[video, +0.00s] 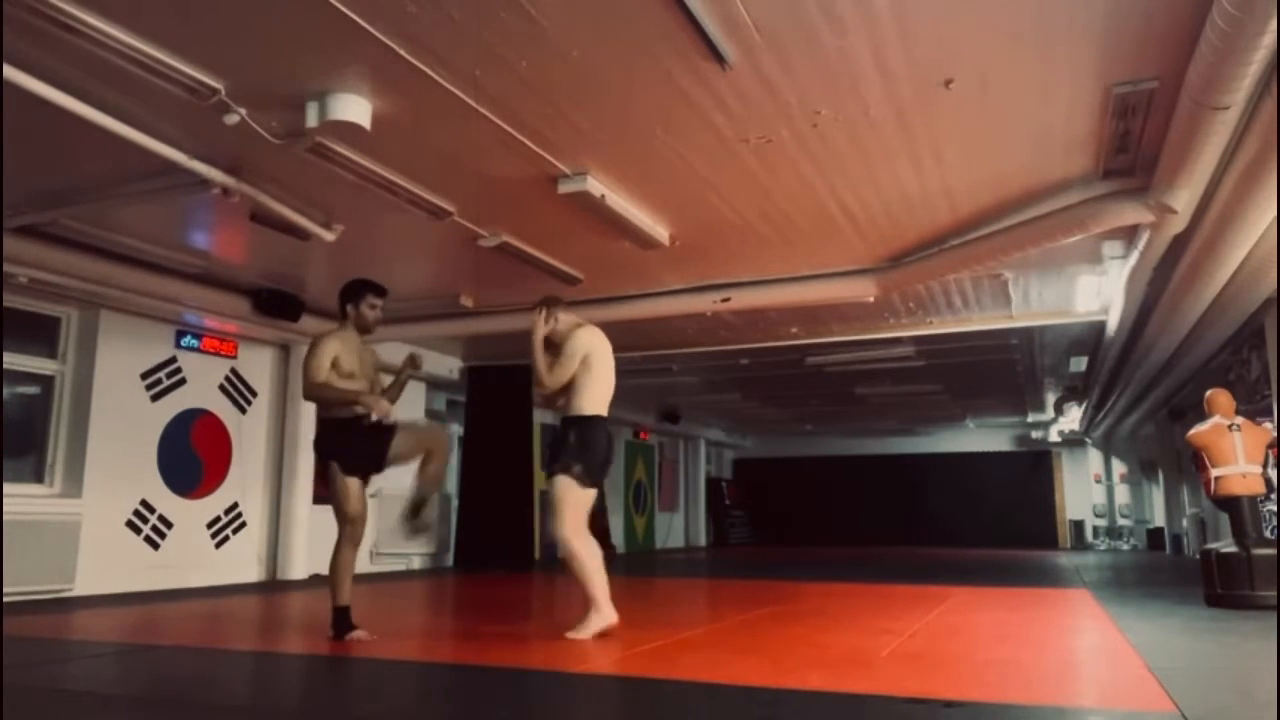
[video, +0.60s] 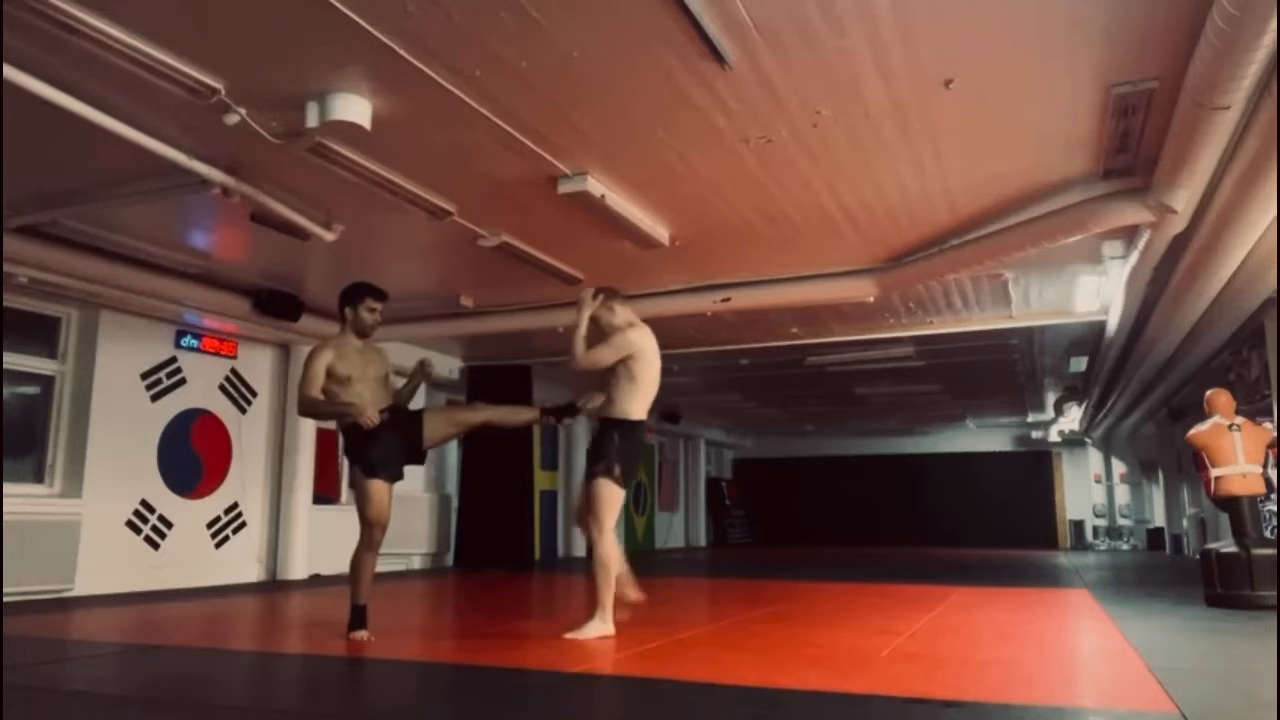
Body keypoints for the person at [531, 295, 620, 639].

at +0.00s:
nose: (546, 336)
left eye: (545, 330)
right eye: (544, 330)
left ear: (554, 318)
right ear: (562, 314)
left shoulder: (581, 336)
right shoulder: (592, 339)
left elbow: (548, 382)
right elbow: (560, 397)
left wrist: (537, 339)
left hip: (582, 433)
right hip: (591, 433)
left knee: (568, 528)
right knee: (576, 529)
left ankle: (602, 609)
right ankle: (602, 608)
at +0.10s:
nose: (547, 335)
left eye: (545, 329)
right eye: (545, 330)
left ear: (554, 317)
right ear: (562, 313)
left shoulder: (581, 333)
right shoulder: (593, 337)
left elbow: (548, 381)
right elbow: (566, 397)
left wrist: (536, 340)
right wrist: (541, 394)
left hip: (590, 432)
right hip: (589, 431)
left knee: (590, 530)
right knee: (548, 497)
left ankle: (607, 618)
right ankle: (575, 573)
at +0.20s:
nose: (550, 335)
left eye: (548, 328)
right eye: (547, 329)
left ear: (556, 317)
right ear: (564, 312)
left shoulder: (585, 333)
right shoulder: (595, 335)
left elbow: (547, 377)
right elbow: (580, 397)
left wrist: (536, 333)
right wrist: (551, 414)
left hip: (598, 432)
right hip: (591, 430)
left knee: (593, 528)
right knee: (540, 456)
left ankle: (605, 617)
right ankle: (542, 538)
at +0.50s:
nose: (586, 329)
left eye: (585, 322)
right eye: (583, 324)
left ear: (594, 311)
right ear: (601, 308)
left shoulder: (617, 334)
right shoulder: (625, 333)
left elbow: (569, 366)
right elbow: (606, 391)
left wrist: (566, 321)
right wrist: (572, 405)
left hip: (612, 434)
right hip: (602, 431)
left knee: (597, 527)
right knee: (554, 484)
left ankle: (604, 618)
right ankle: (570, 563)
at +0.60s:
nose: (602, 325)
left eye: (602, 318)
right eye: (600, 319)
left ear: (612, 309)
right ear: (617, 308)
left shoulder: (635, 336)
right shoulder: (640, 337)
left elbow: (581, 360)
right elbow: (626, 398)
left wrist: (583, 316)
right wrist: (596, 403)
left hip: (621, 436)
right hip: (614, 434)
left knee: (600, 526)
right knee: (585, 516)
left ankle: (604, 618)